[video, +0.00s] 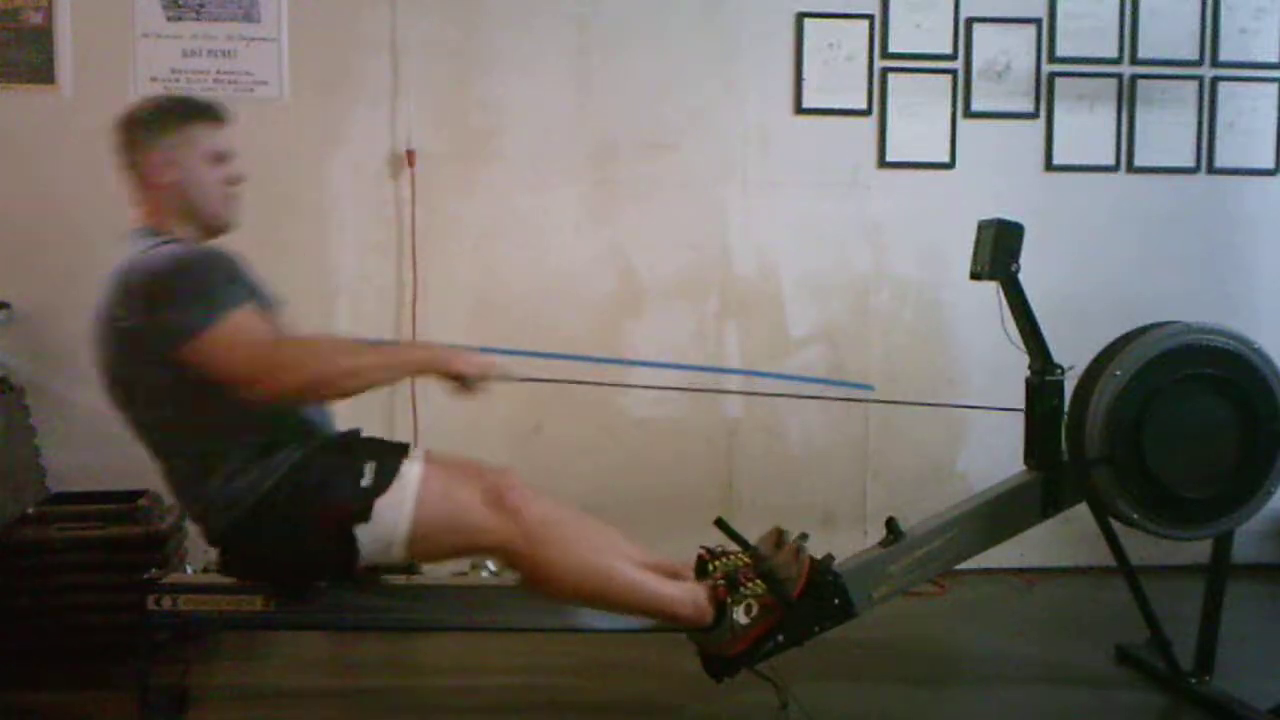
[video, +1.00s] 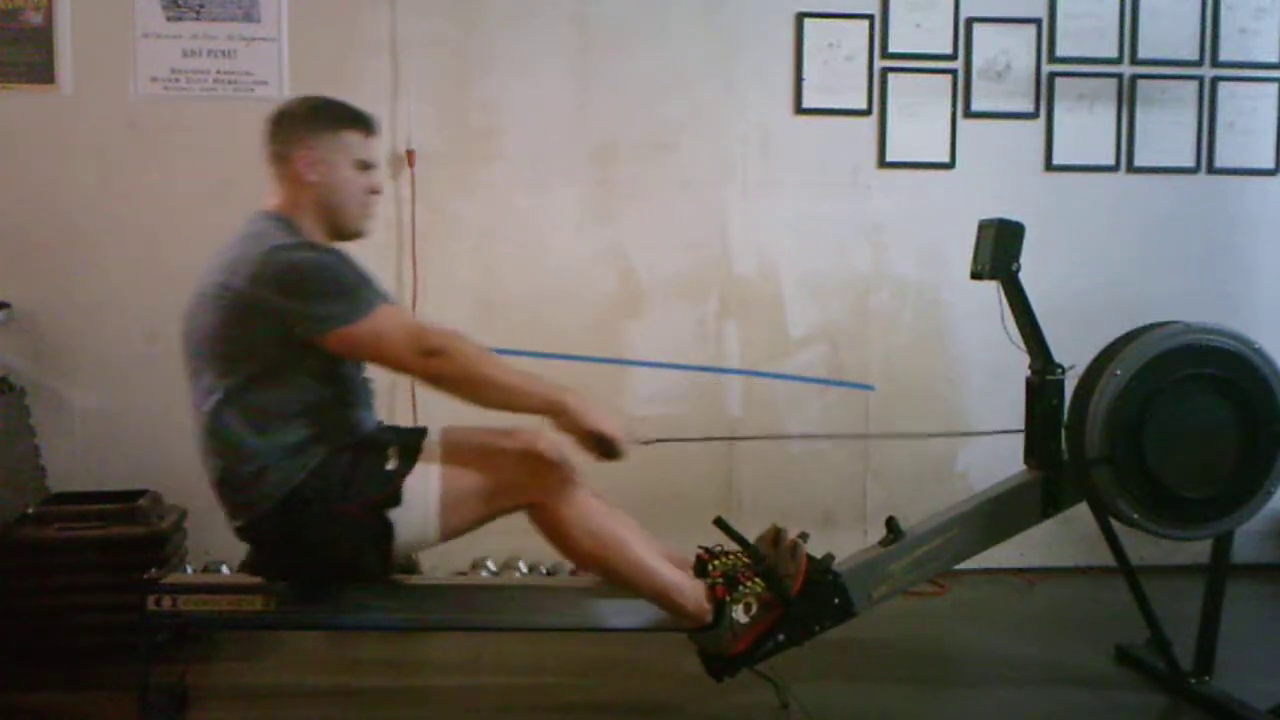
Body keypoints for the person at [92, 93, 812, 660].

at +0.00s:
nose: (235, 174)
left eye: (231, 158)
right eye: (216, 159)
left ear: (178, 175)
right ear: (154, 176)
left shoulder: (188, 267)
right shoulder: (167, 273)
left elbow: (280, 369)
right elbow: (267, 372)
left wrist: (411, 358)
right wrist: (424, 358)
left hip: (295, 476)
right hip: (275, 499)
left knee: (503, 491)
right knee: (501, 512)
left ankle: (701, 588)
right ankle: (710, 616)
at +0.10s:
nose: (190, 196)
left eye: (185, 180)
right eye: (169, 180)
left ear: (122, 195)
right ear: (108, 194)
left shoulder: (144, 289)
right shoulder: (113, 296)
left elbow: (187, 404)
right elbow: (164, 415)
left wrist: (312, 370)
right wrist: (315, 366)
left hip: (298, 479)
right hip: (276, 503)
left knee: (496, 506)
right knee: (490, 527)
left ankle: (705, 590)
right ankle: (708, 612)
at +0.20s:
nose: (170, 208)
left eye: (165, 191)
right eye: (149, 191)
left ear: (102, 203)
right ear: (88, 201)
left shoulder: (134, 298)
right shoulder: (81, 303)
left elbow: (148, 415)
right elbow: (80, 443)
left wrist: (251, 366)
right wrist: (211, 360)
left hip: (301, 474)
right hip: (272, 500)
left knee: (500, 512)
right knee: (490, 527)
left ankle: (708, 596)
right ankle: (707, 612)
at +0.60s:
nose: (224, 197)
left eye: (221, 181)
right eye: (206, 180)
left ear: (166, 188)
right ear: (143, 185)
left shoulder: (175, 286)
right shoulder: (124, 294)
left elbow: (223, 404)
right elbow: (175, 431)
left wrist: (333, 395)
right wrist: (321, 391)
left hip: (294, 475)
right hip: (270, 505)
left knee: (500, 501)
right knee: (493, 524)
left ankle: (704, 591)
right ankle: (710, 614)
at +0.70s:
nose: (256, 191)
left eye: (255, 174)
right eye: (240, 174)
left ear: (195, 178)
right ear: (175, 176)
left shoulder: (213, 278)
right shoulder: (156, 284)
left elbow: (284, 380)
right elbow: (239, 412)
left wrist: (393, 402)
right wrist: (396, 405)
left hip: (296, 476)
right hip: (264, 508)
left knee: (500, 493)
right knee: (496, 512)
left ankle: (706, 587)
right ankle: (711, 617)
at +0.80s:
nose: (293, 186)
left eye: (291, 169)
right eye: (276, 168)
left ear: (229, 174)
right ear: (214, 171)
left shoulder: (244, 268)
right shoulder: (192, 275)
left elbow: (345, 363)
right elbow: (316, 383)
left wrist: (458, 404)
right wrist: (462, 407)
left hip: (306, 476)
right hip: (274, 515)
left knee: (499, 481)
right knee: (500, 502)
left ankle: (700, 583)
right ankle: (707, 614)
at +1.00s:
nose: (378, 188)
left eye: (376, 169)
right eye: (362, 167)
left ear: (304, 172)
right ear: (302, 169)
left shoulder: (276, 255)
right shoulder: (288, 263)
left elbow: (424, 352)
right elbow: (429, 351)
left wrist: (554, 406)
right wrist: (560, 406)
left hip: (319, 488)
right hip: (315, 502)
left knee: (538, 461)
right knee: (538, 466)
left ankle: (703, 587)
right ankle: (708, 616)